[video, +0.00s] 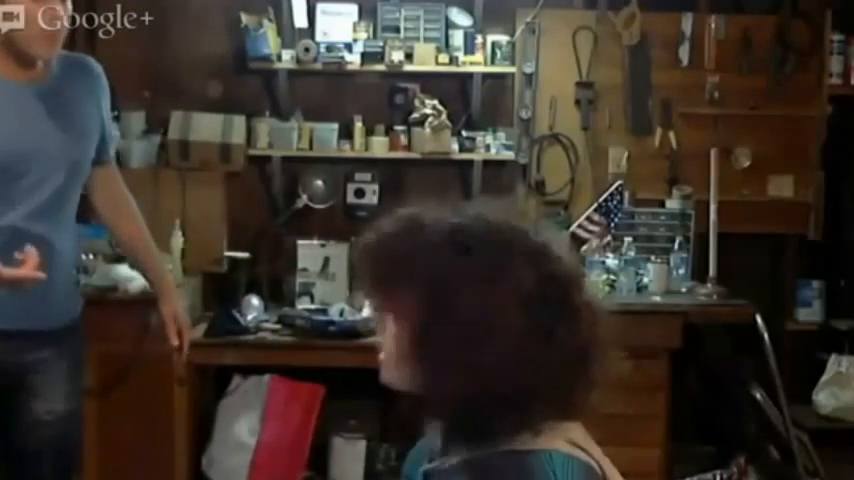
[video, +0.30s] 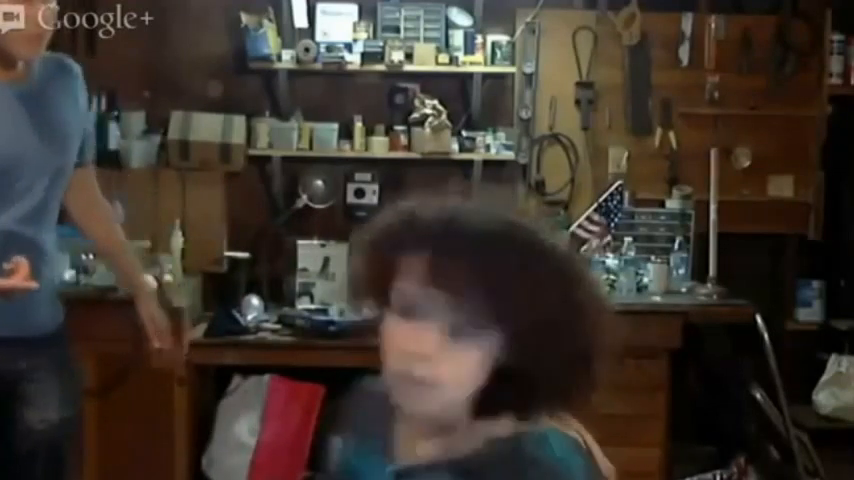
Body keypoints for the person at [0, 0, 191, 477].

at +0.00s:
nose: (57, 13)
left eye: (63, 2)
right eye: (40, 2)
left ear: (72, 9)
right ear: (4, 11)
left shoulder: (85, 77)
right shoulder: (3, 82)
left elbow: (105, 181)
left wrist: (164, 284)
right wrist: (4, 266)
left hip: (54, 329)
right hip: (6, 329)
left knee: (53, 469)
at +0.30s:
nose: (39, 16)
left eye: (46, 3)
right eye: (21, 4)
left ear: (57, 11)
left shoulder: (63, 79)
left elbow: (83, 192)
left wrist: (141, 285)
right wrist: (3, 273)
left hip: (37, 327)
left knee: (48, 462)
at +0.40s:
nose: (13, 16)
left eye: (20, 9)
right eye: (6, 9)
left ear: (29, 14)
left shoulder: (30, 73)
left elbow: (41, 177)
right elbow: (43, 179)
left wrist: (105, 283)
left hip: (10, 330)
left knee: (29, 459)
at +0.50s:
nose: (14, 17)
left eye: (20, 9)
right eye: (6, 9)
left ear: (30, 14)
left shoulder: (30, 73)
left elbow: (40, 177)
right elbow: (43, 179)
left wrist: (105, 282)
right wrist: (104, 282)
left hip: (10, 329)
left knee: (29, 459)